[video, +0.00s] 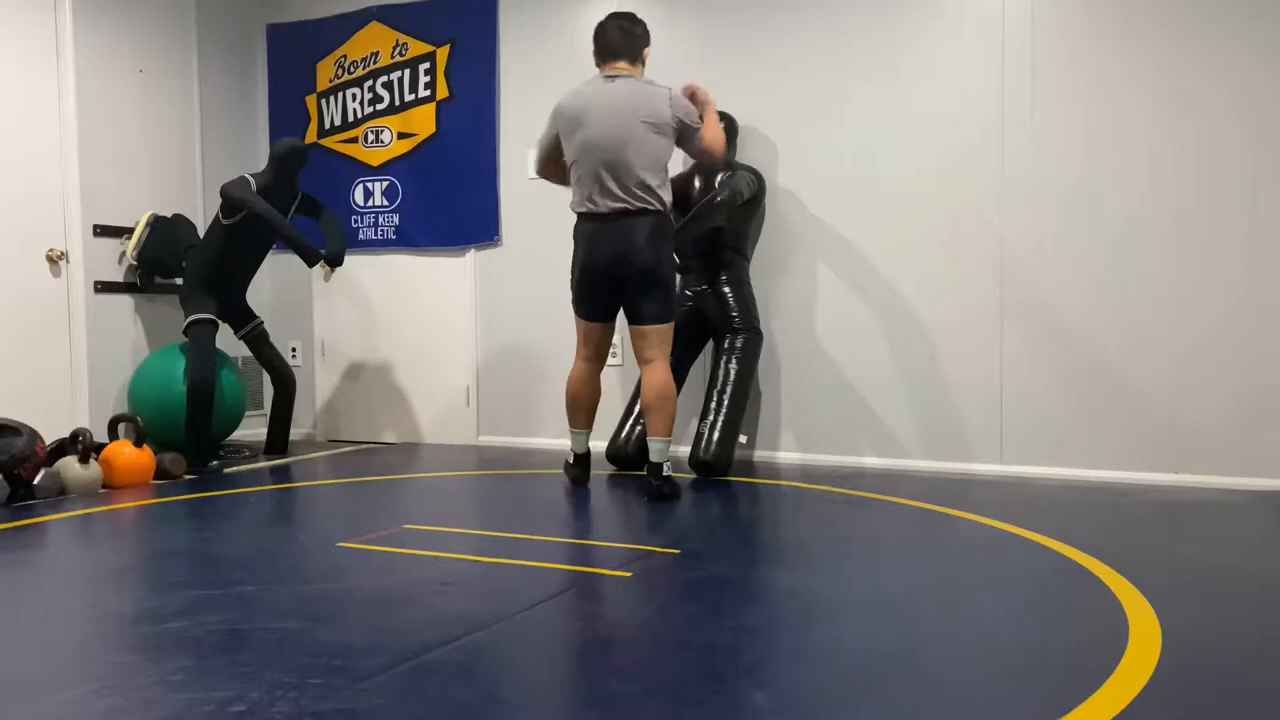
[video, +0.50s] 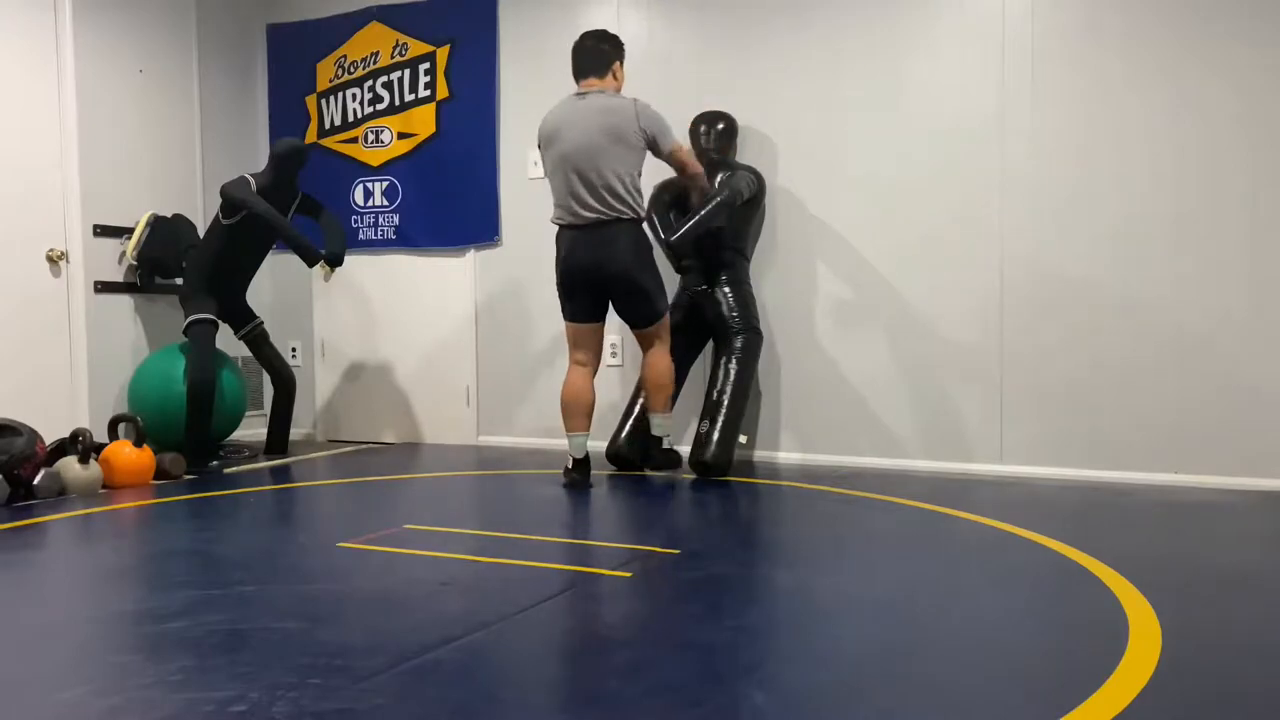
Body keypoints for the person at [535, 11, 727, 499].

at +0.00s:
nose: (648, 58)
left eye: (643, 52)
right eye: (648, 52)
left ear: (596, 55)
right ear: (643, 55)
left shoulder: (569, 103)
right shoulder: (665, 101)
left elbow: (548, 166)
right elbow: (715, 151)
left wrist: (595, 179)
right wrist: (708, 106)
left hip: (593, 241)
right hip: (649, 239)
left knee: (588, 355)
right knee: (655, 357)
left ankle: (579, 460)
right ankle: (659, 469)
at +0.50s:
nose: (624, 76)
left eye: (623, 69)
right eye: (623, 69)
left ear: (576, 71)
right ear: (615, 69)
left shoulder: (551, 121)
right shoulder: (635, 111)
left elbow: (564, 179)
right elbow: (684, 162)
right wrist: (700, 186)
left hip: (573, 249)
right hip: (625, 245)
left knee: (581, 359)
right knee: (655, 341)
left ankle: (578, 463)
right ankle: (659, 443)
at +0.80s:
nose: (659, 94)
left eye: (655, 87)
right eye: (659, 88)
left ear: (613, 88)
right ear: (654, 89)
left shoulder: (580, 131)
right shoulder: (671, 135)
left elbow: (576, 183)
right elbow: (708, 195)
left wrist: (624, 185)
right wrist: (727, 200)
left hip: (590, 253)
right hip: (643, 254)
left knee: (590, 361)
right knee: (660, 356)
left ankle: (579, 461)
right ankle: (678, 449)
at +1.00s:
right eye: (681, 115)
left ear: (637, 109)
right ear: (679, 116)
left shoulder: (604, 143)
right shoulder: (692, 157)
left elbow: (587, 215)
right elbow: (727, 217)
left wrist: (626, 225)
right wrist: (755, 242)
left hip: (606, 249)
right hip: (661, 252)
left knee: (600, 359)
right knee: (669, 355)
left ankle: (583, 457)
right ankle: (677, 453)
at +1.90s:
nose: (598, 74)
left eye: (605, 64)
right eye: (600, 64)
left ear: (634, 69)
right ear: (641, 71)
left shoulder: (612, 121)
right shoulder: (686, 123)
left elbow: (578, 194)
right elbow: (706, 193)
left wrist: (601, 162)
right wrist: (669, 202)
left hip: (640, 254)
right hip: (684, 254)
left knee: (619, 367)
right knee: (671, 365)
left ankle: (665, 463)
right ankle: (675, 464)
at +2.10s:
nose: (592, 56)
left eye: (600, 45)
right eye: (592, 46)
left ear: (633, 53)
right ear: (632, 55)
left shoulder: (619, 112)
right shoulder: (664, 105)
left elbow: (586, 186)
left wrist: (574, 151)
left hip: (641, 244)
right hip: (670, 239)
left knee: (624, 362)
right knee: (635, 359)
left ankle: (667, 469)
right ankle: (662, 463)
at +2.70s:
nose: (518, 58)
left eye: (526, 46)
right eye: (516, 49)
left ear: (559, 49)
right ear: (553, 53)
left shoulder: (579, 101)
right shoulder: (548, 107)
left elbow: (567, 171)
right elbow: (544, 162)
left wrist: (515, 148)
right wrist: (502, 144)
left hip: (575, 243)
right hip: (545, 243)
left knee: (523, 354)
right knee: (520, 356)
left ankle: (606, 436)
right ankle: (529, 463)